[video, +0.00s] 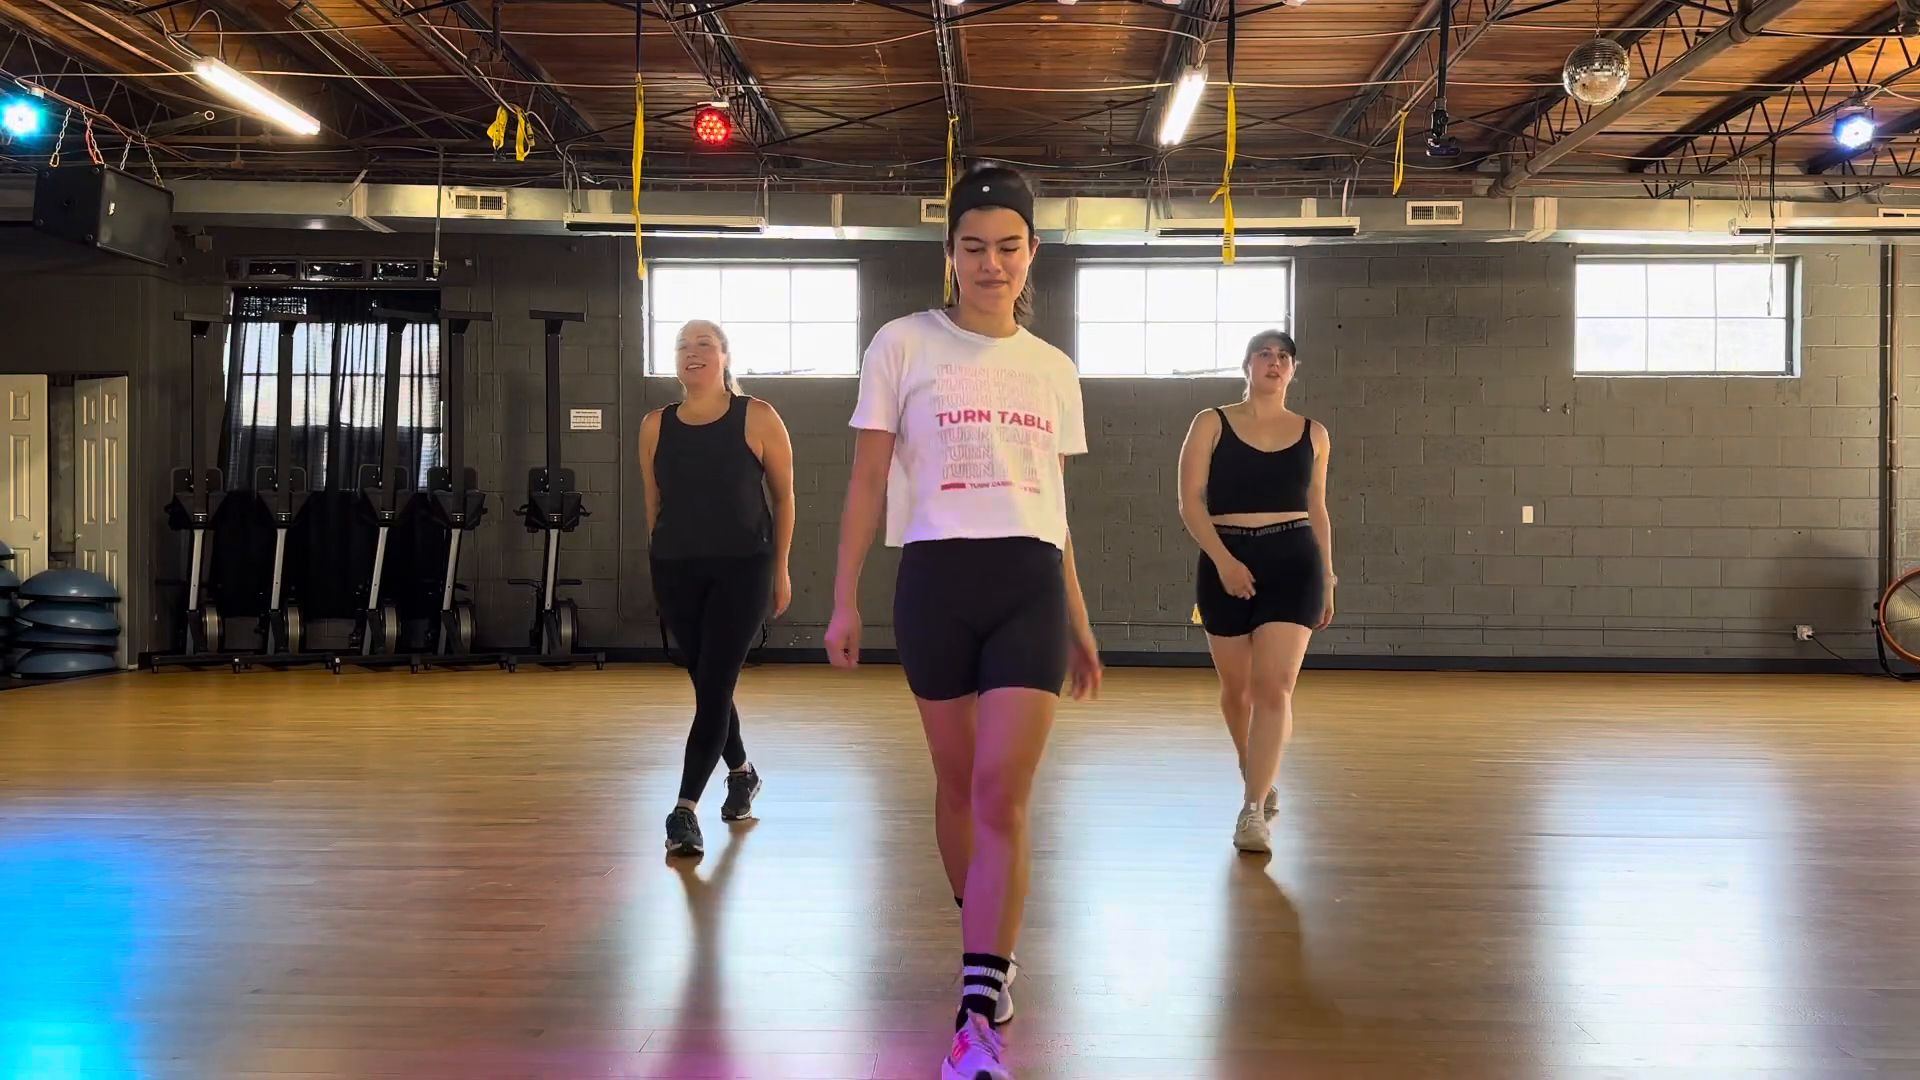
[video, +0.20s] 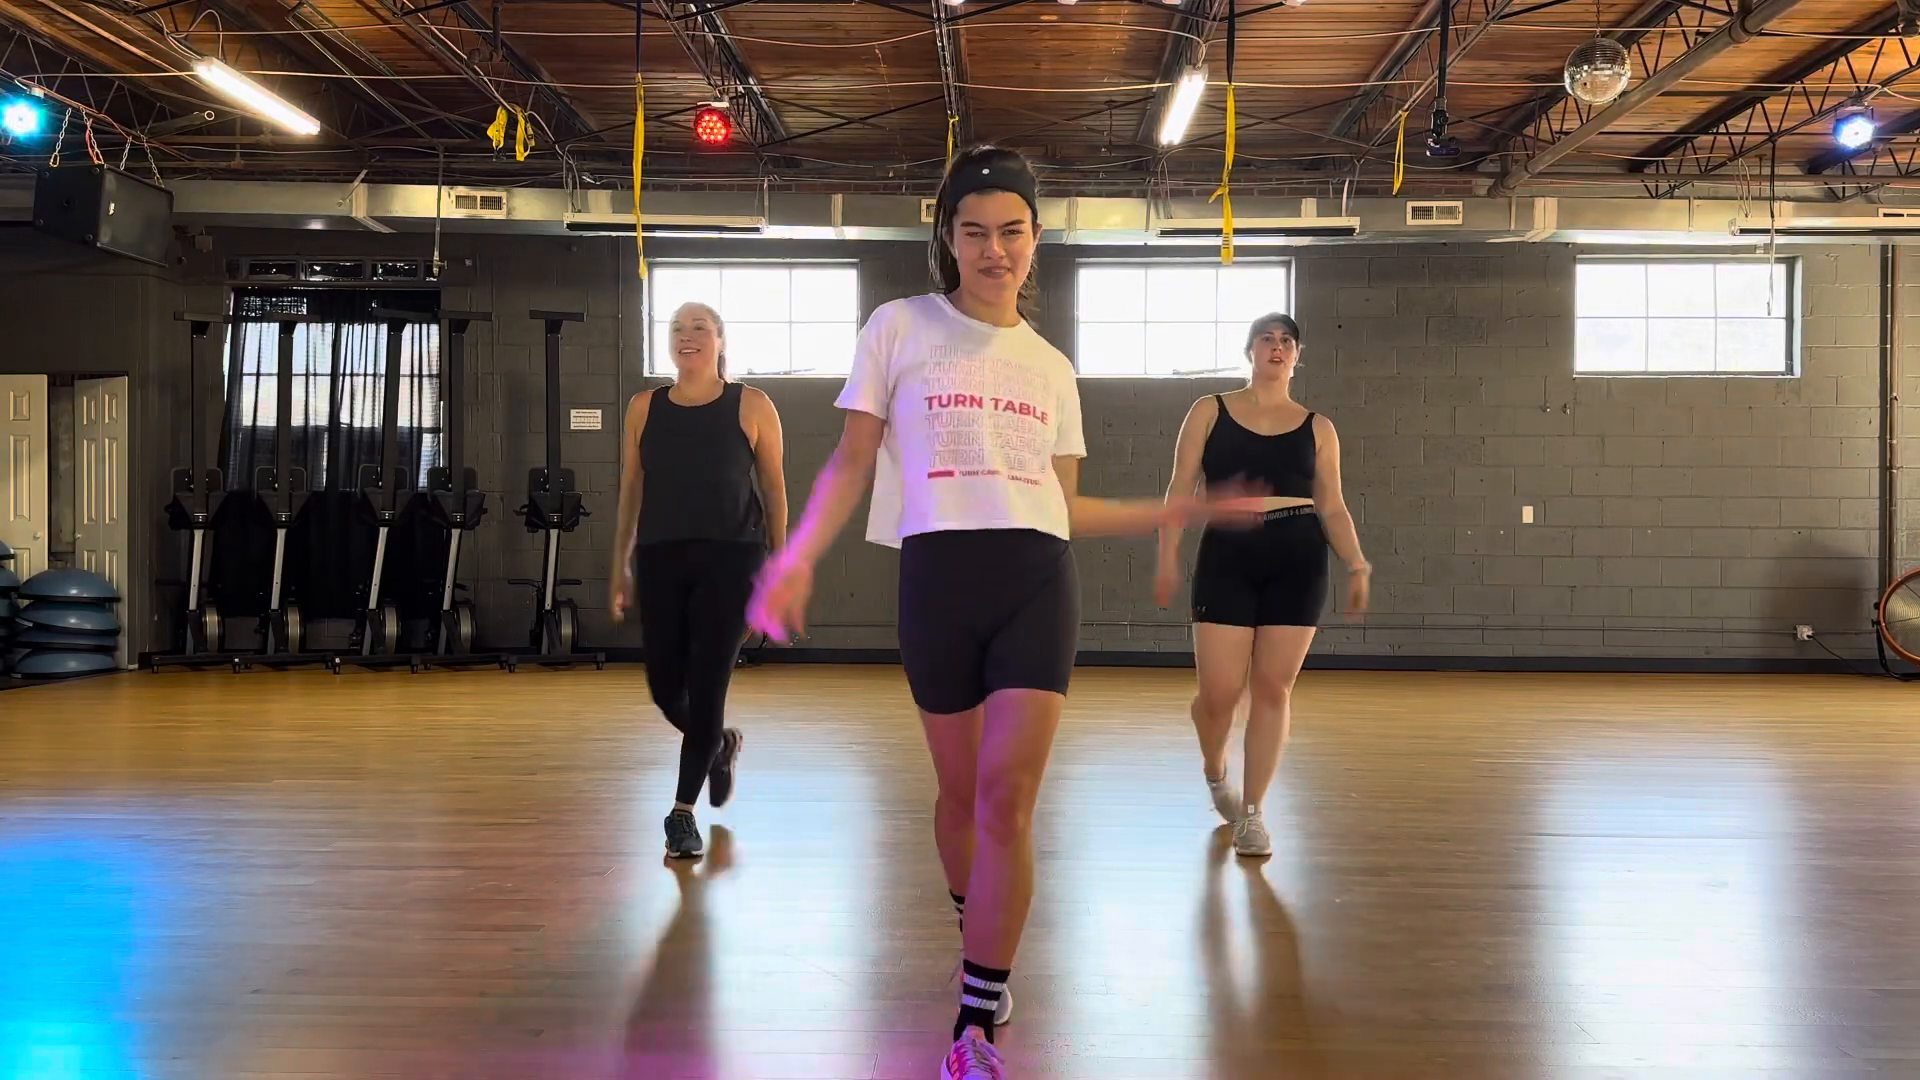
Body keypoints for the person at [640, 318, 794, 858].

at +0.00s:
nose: (693, 354)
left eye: (704, 346)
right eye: (685, 347)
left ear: (726, 359)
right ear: (675, 362)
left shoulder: (759, 417)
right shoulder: (656, 426)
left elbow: (784, 496)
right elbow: (654, 503)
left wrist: (781, 567)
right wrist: (660, 564)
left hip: (743, 568)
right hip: (675, 569)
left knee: (715, 681)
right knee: (707, 680)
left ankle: (685, 807)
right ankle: (741, 770)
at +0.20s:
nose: (688, 337)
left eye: (699, 329)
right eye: (680, 329)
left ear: (721, 343)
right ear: (670, 344)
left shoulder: (752, 405)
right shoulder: (645, 406)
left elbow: (775, 494)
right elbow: (630, 490)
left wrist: (780, 571)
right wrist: (620, 566)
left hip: (729, 563)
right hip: (659, 564)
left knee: (707, 690)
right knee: (668, 695)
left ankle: (684, 811)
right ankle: (719, 745)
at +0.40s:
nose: (683, 338)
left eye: (694, 330)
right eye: (675, 329)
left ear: (718, 342)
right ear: (664, 340)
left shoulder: (745, 409)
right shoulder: (639, 398)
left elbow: (784, 488)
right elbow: (603, 467)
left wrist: (861, 478)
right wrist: (520, 469)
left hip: (726, 562)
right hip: (652, 559)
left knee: (706, 690)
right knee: (633, 677)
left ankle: (682, 811)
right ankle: (679, 662)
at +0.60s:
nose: (677, 334)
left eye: (689, 326)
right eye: (667, 325)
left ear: (712, 336)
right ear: (656, 335)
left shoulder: (741, 400)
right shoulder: (630, 391)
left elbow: (806, 449)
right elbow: (567, 417)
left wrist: (820, 387)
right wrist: (568, 362)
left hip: (720, 557)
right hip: (644, 553)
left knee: (700, 691)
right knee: (641, 661)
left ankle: (685, 810)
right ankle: (642, 757)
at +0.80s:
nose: (678, 331)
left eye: (687, 320)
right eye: (662, 323)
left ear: (703, 332)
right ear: (645, 340)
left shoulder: (736, 400)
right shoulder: (619, 397)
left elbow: (789, 467)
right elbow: (533, 418)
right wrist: (575, 445)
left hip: (708, 566)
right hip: (635, 564)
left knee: (705, 717)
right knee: (630, 701)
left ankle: (681, 804)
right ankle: (611, 846)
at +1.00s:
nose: (690, 331)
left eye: (693, 320)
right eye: (674, 323)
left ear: (702, 330)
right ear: (644, 338)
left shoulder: (717, 400)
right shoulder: (625, 397)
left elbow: (709, 482)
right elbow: (546, 451)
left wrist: (747, 526)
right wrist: (570, 519)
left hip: (690, 568)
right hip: (628, 564)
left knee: (730, 701)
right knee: (628, 705)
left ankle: (653, 801)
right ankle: (613, 850)